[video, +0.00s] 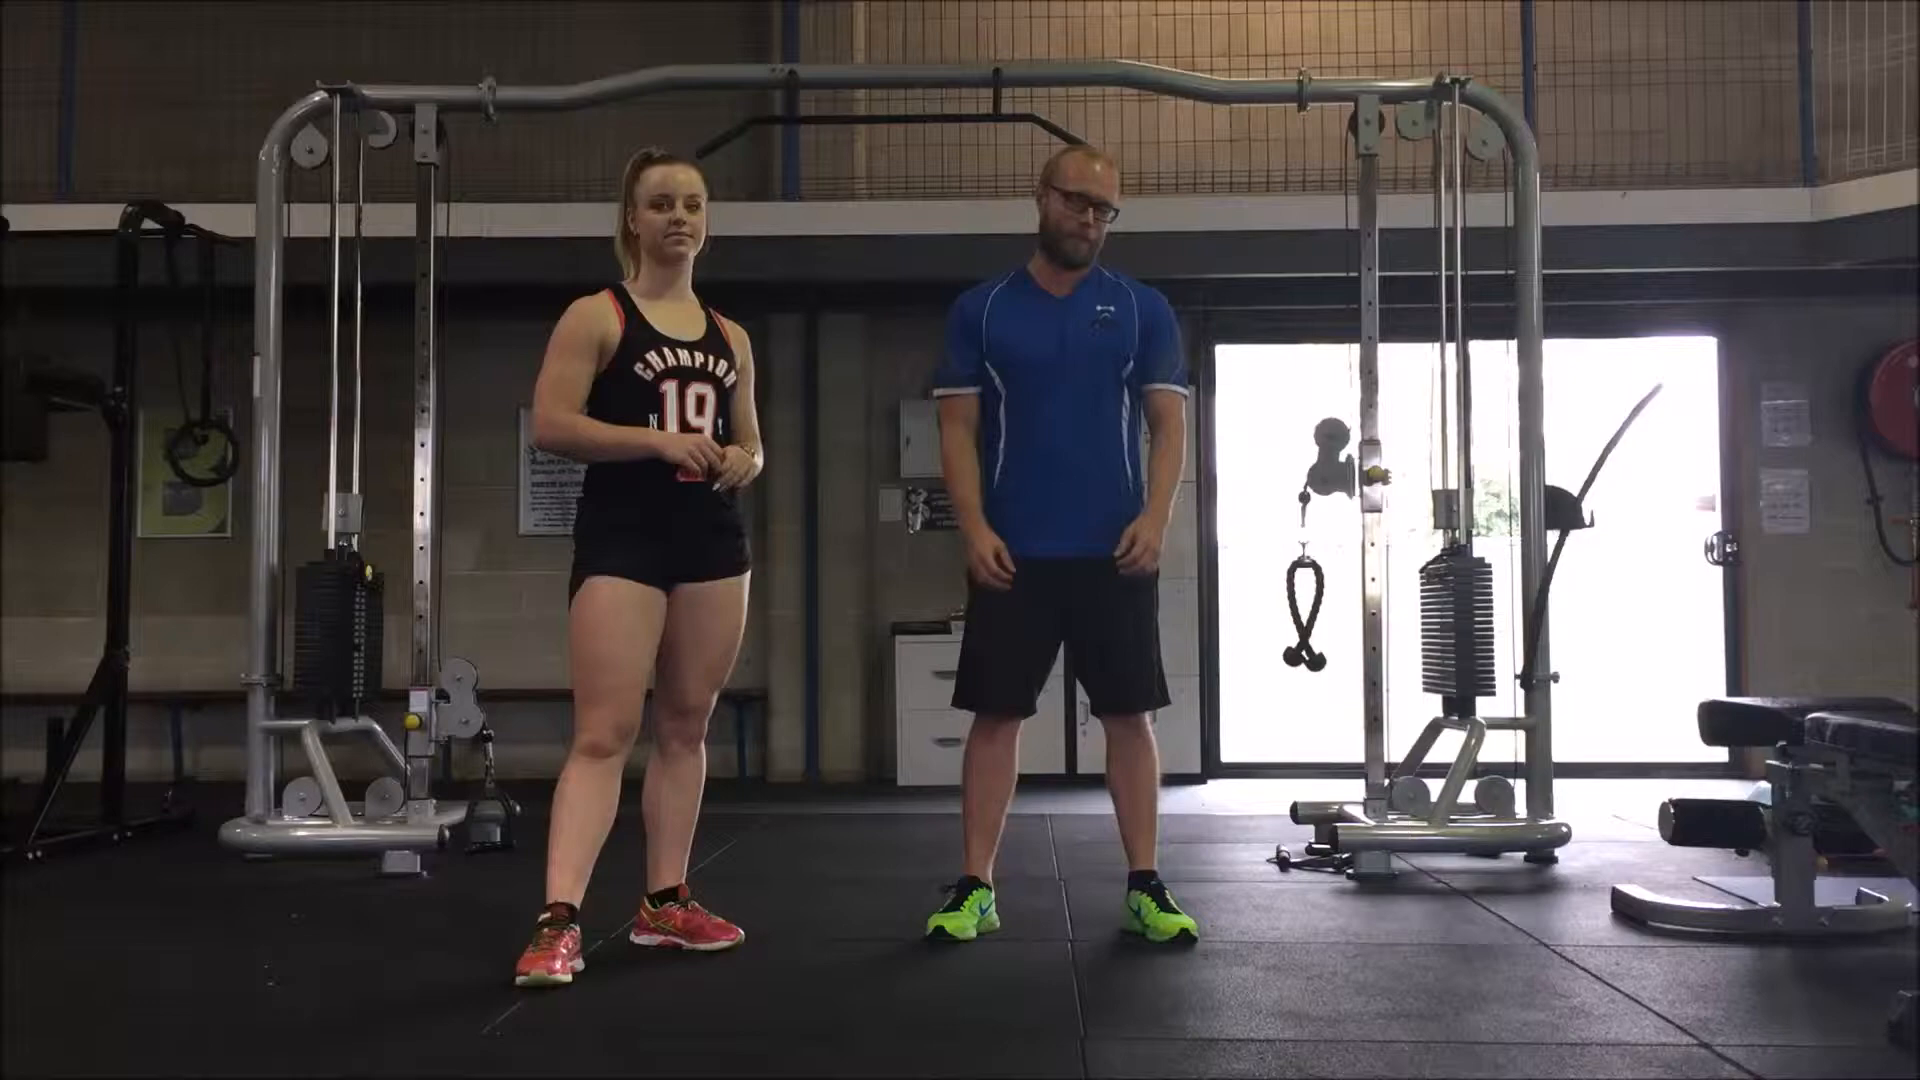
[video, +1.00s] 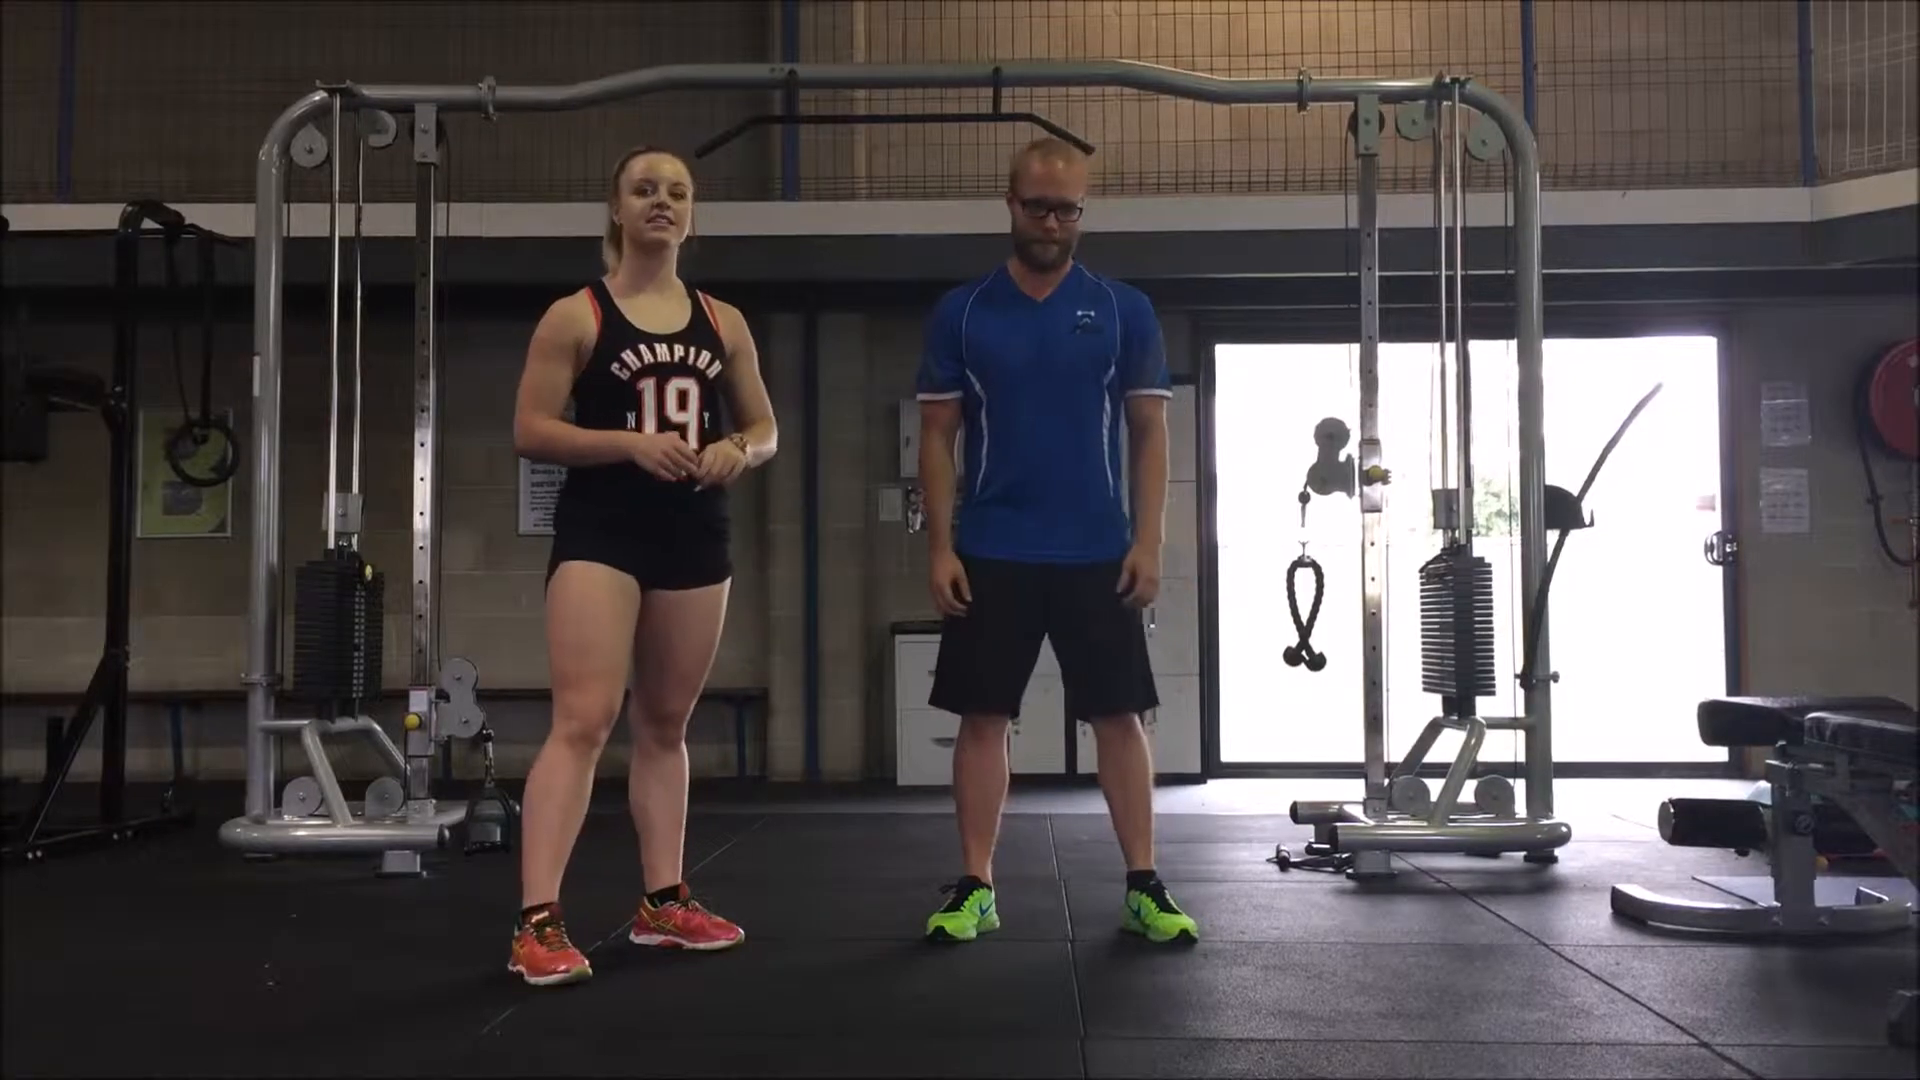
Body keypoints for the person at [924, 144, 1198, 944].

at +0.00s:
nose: (1089, 218)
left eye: (1102, 209)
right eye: (1076, 202)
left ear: (1115, 219)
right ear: (1042, 201)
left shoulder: (1141, 309)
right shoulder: (981, 309)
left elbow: (1169, 423)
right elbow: (956, 427)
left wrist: (1155, 516)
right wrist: (973, 527)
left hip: (1112, 555)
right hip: (1014, 556)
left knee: (1128, 717)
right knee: (994, 720)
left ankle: (1145, 885)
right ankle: (975, 886)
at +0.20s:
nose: (1078, 215)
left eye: (1094, 204)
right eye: (1064, 199)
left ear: (1110, 215)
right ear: (1034, 202)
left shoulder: (1141, 309)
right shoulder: (980, 310)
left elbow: (1167, 424)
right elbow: (959, 427)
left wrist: (1159, 523)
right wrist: (979, 532)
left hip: (1112, 554)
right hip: (1015, 555)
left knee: (1128, 717)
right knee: (994, 720)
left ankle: (1145, 884)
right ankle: (975, 886)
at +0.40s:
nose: (1071, 213)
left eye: (1086, 201)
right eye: (1057, 198)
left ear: (1105, 212)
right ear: (1030, 204)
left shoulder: (1141, 310)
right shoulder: (979, 312)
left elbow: (1167, 434)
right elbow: (958, 433)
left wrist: (1173, 546)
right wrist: (965, 548)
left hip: (1113, 554)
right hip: (1013, 555)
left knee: (1128, 717)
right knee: (992, 719)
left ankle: (1145, 885)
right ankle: (975, 887)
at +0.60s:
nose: (1065, 209)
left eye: (1081, 198)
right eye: (1050, 195)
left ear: (1100, 210)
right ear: (1024, 202)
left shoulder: (1140, 310)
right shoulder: (977, 313)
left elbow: (1169, 437)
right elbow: (952, 437)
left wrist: (1183, 548)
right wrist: (943, 552)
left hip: (1110, 554)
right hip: (1008, 554)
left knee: (1127, 717)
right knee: (992, 719)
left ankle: (1145, 885)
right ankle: (975, 887)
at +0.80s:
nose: (1061, 213)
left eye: (1075, 201)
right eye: (1045, 198)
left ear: (1094, 210)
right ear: (1019, 203)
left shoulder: (1134, 309)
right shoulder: (972, 312)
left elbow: (1164, 433)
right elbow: (946, 433)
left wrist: (1173, 543)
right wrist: (939, 548)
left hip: (1107, 554)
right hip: (1004, 554)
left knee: (1125, 717)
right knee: (989, 719)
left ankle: (1145, 885)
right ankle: (976, 887)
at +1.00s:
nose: (1053, 222)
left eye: (1067, 209)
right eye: (1038, 207)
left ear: (1085, 209)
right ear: (1009, 205)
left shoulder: (1124, 310)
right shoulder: (960, 313)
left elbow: (1149, 431)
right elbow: (936, 433)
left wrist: (1148, 542)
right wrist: (940, 545)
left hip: (1095, 554)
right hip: (994, 555)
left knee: (1120, 716)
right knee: (982, 718)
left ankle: (1144, 885)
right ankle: (976, 885)